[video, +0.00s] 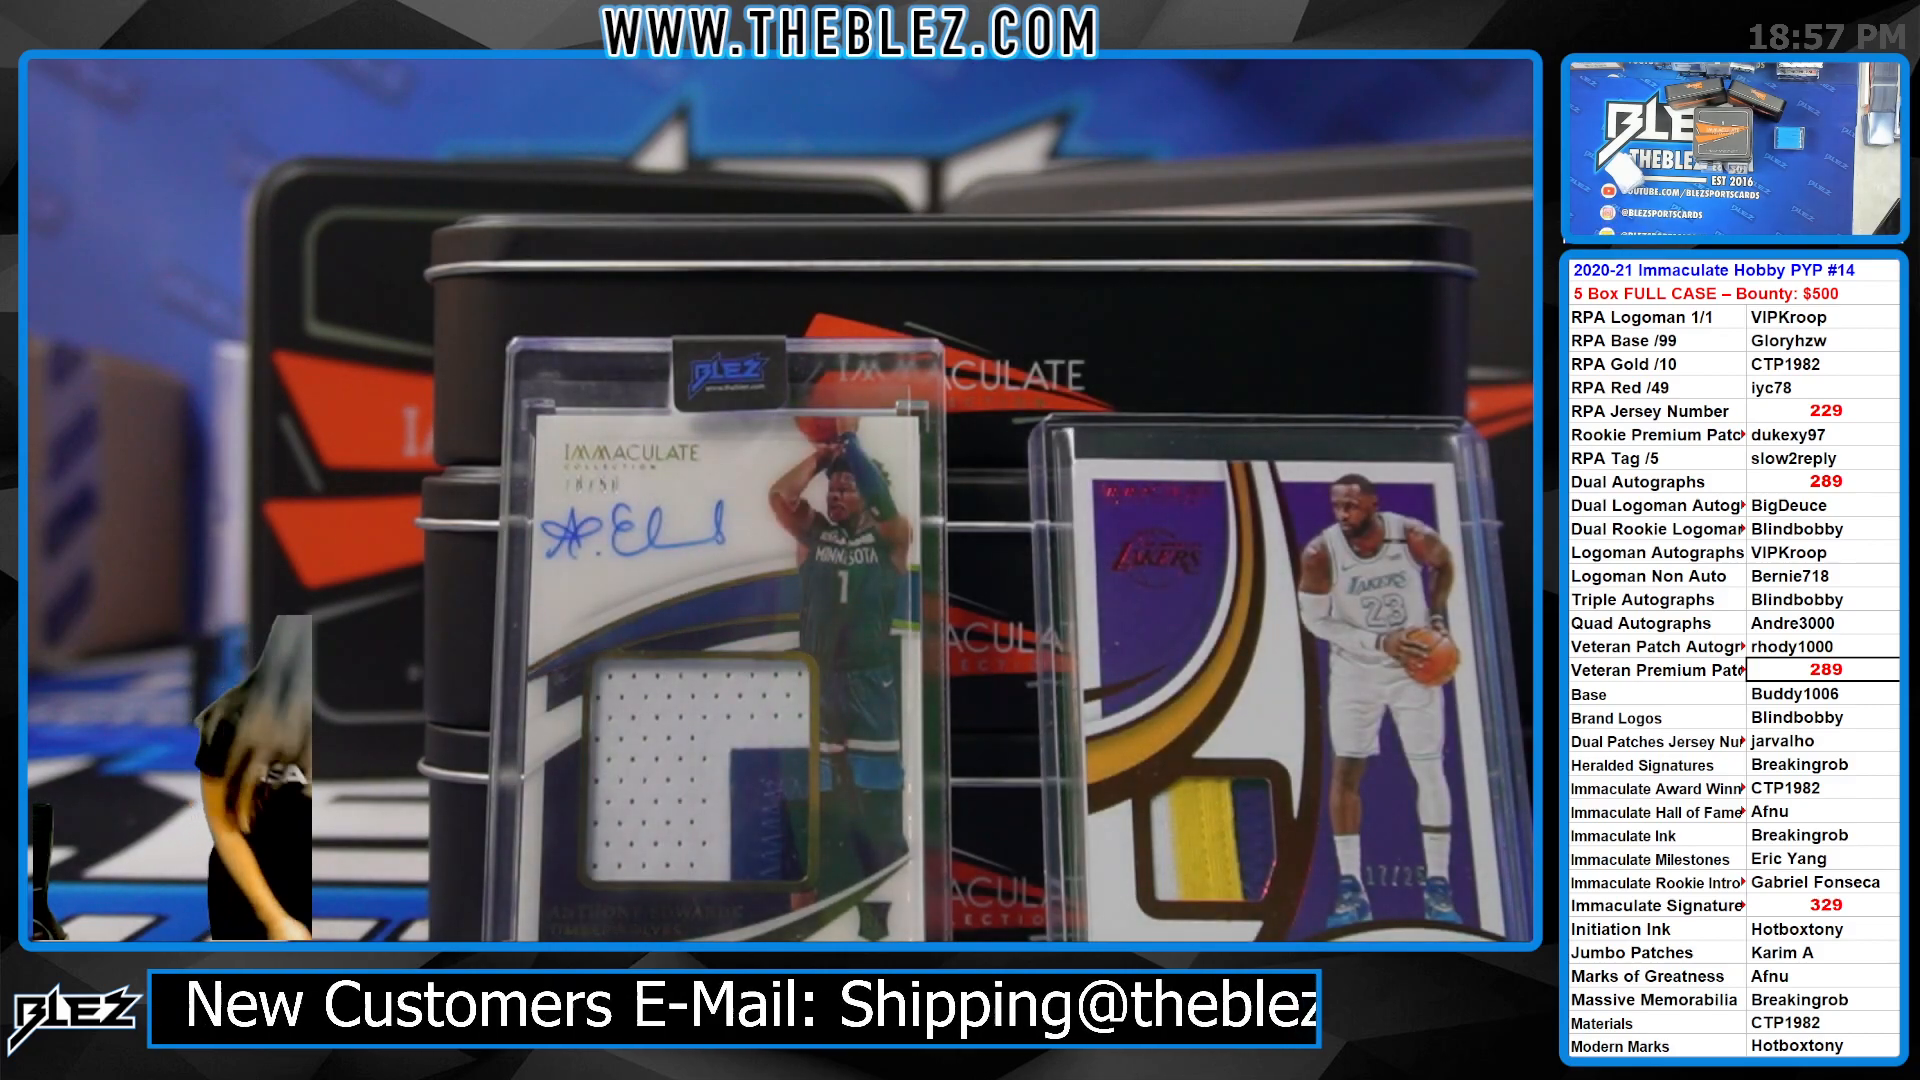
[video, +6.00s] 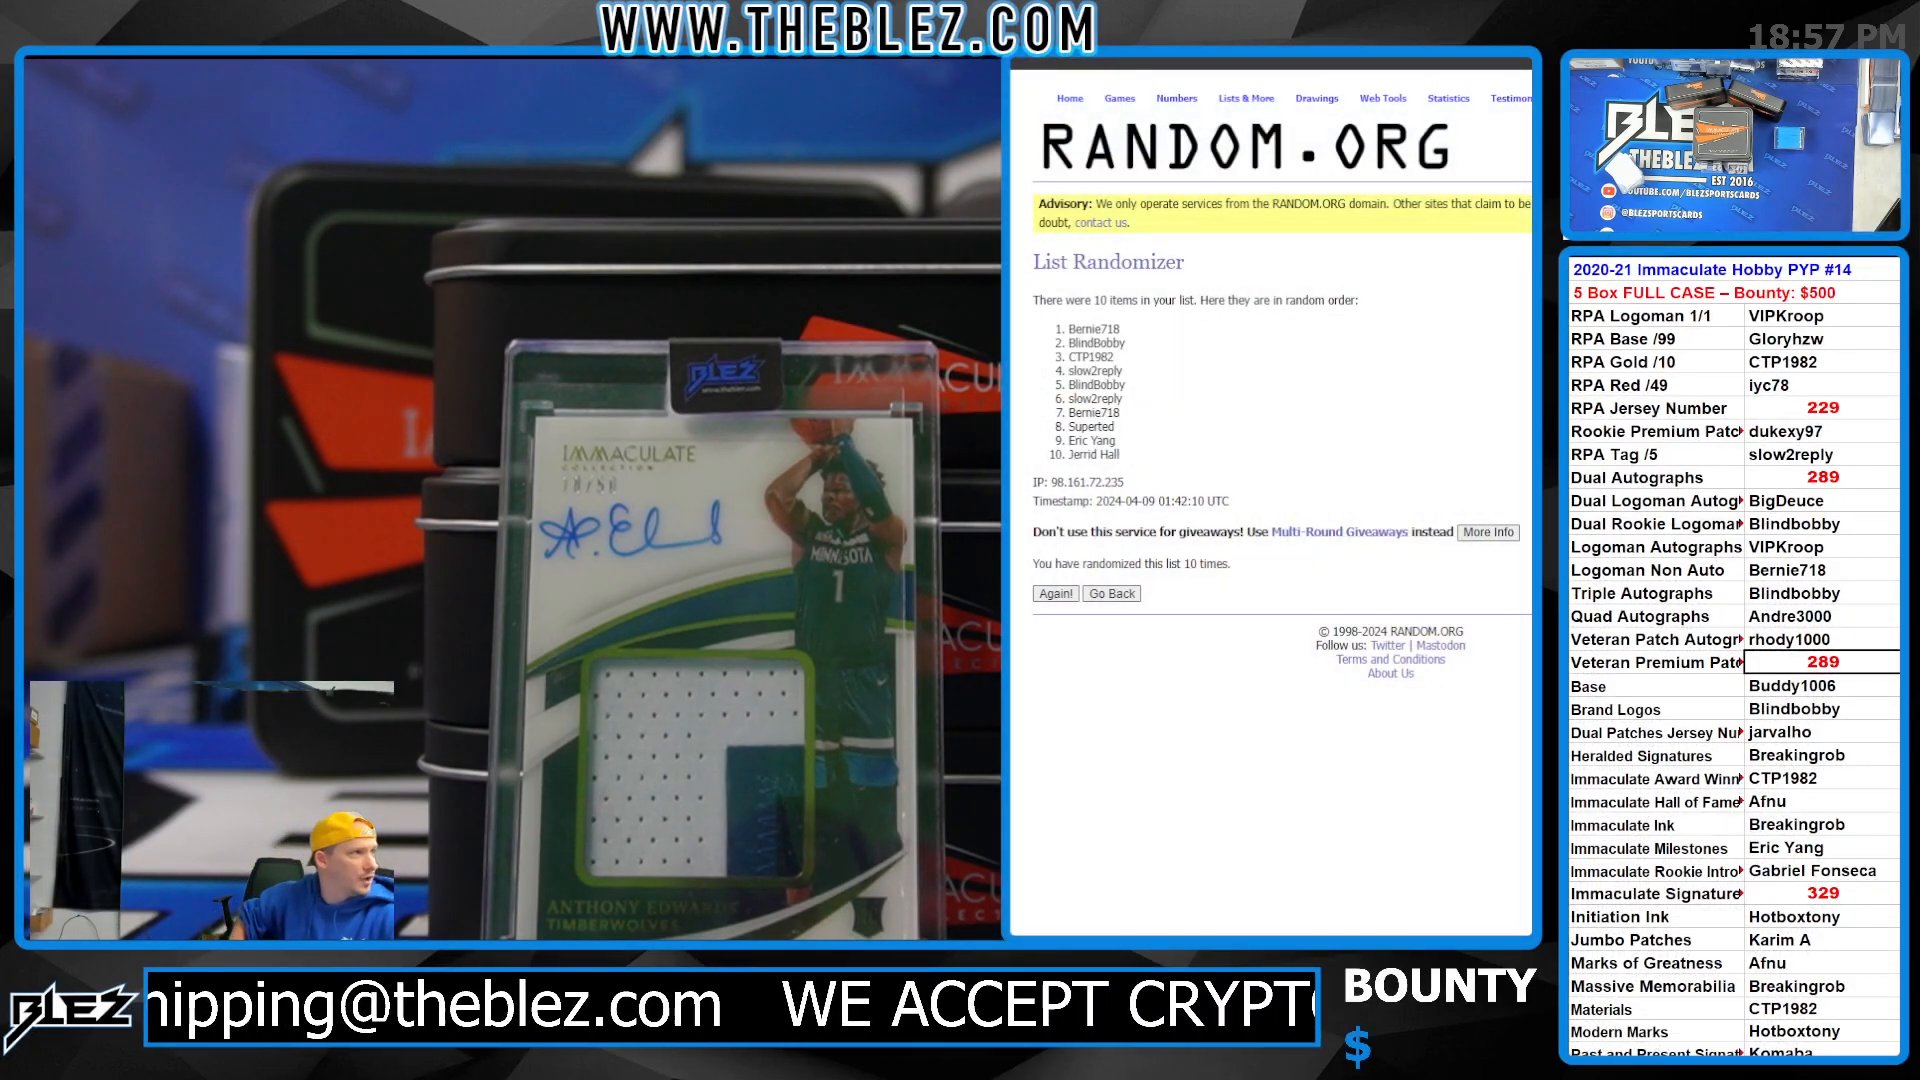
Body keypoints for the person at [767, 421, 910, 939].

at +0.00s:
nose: (839, 494)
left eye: (849, 488)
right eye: (834, 487)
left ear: (867, 495)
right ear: (826, 493)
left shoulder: (890, 540)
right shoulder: (814, 533)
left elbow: (889, 513)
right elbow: (780, 495)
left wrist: (856, 455)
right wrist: (818, 459)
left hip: (873, 680)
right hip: (818, 678)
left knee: (877, 796)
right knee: (824, 793)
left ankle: (878, 903)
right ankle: (824, 894)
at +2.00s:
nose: (841, 495)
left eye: (850, 488)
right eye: (835, 487)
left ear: (869, 494)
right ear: (827, 494)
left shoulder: (891, 539)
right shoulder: (815, 533)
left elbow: (882, 499)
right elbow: (780, 495)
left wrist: (850, 444)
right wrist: (819, 458)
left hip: (873, 679)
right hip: (818, 678)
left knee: (878, 798)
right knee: (822, 796)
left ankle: (877, 903)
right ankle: (819, 897)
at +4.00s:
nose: (841, 494)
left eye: (850, 487)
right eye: (835, 486)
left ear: (869, 494)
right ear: (827, 493)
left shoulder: (890, 539)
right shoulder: (815, 533)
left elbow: (883, 500)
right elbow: (780, 495)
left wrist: (850, 445)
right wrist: (819, 458)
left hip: (872, 678)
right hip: (817, 677)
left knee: (877, 799)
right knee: (824, 795)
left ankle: (878, 903)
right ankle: (824, 894)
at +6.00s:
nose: (835, 496)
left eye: (844, 489)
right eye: (830, 489)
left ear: (863, 495)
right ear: (822, 496)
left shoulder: (884, 539)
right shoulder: (810, 532)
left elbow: (875, 497)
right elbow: (776, 496)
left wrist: (844, 445)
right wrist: (815, 459)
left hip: (865, 678)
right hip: (813, 677)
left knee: (873, 794)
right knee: (818, 793)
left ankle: (871, 893)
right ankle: (818, 886)